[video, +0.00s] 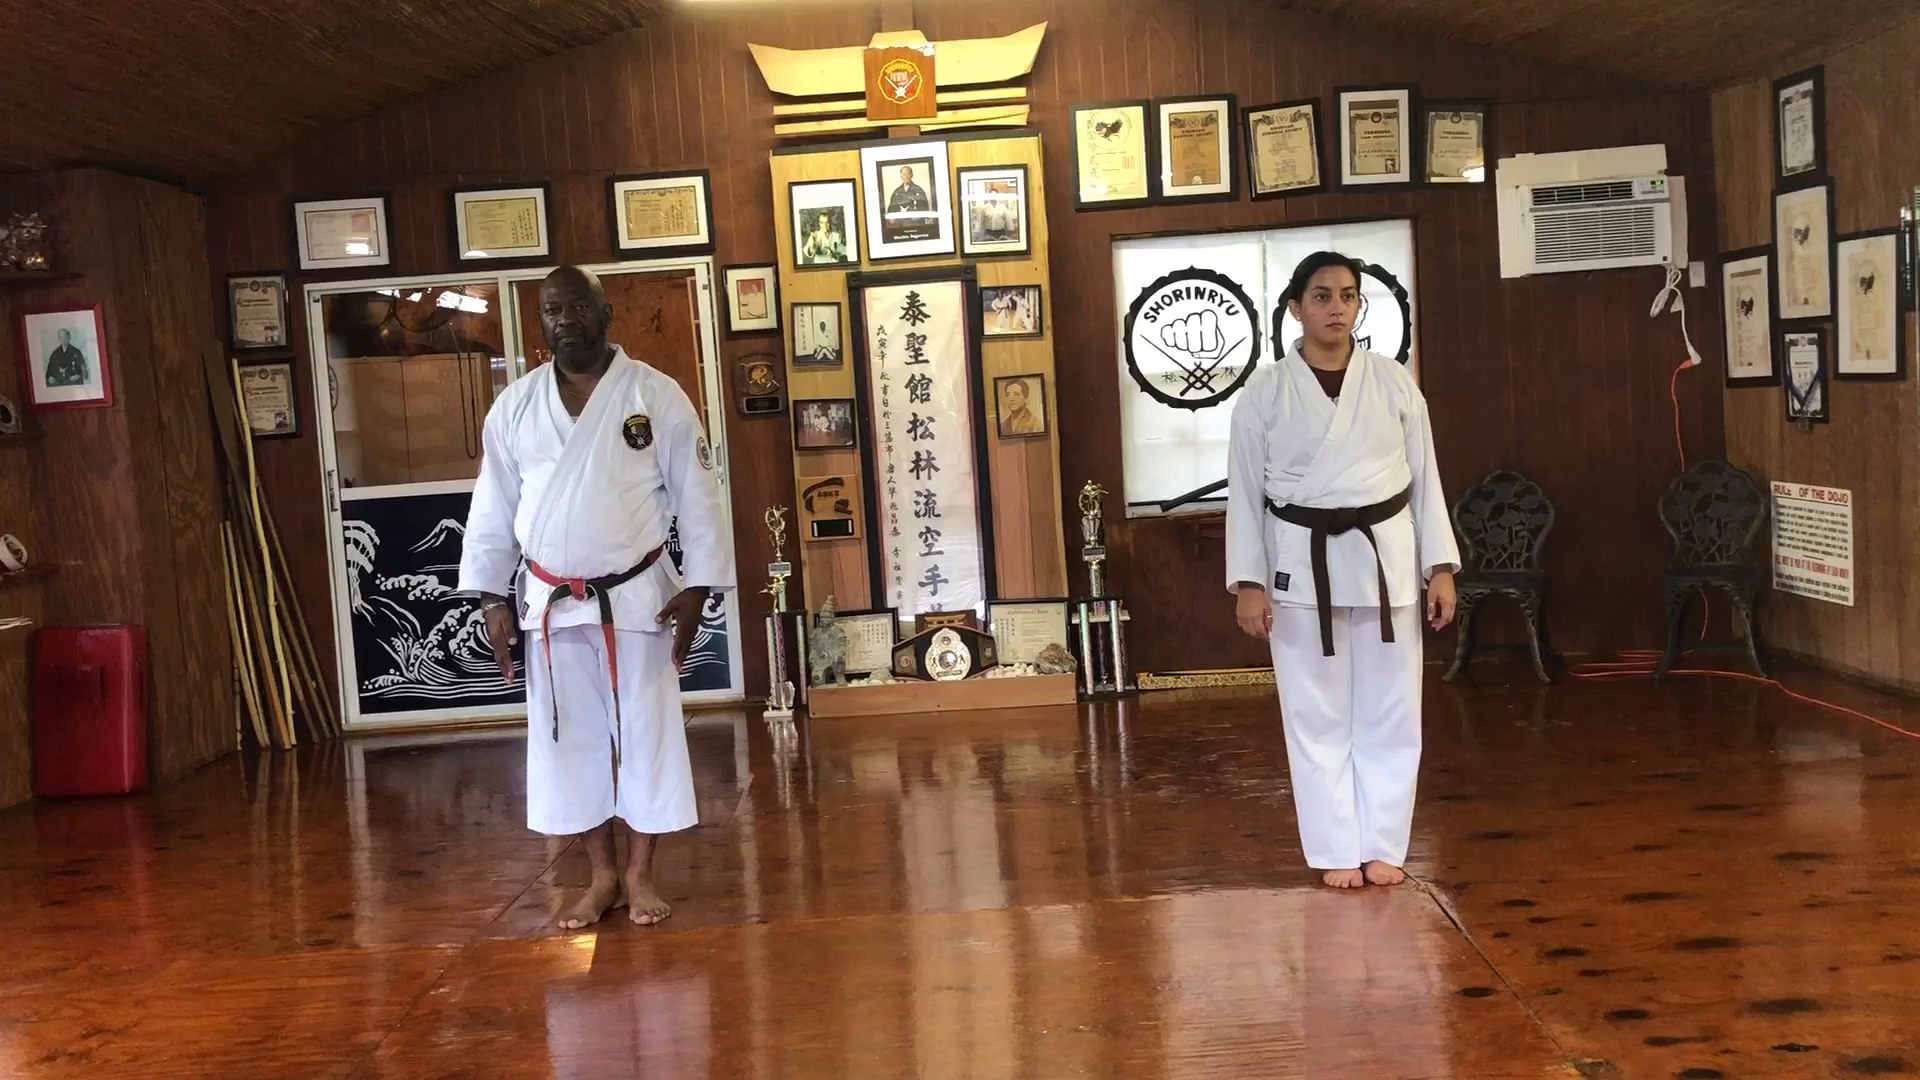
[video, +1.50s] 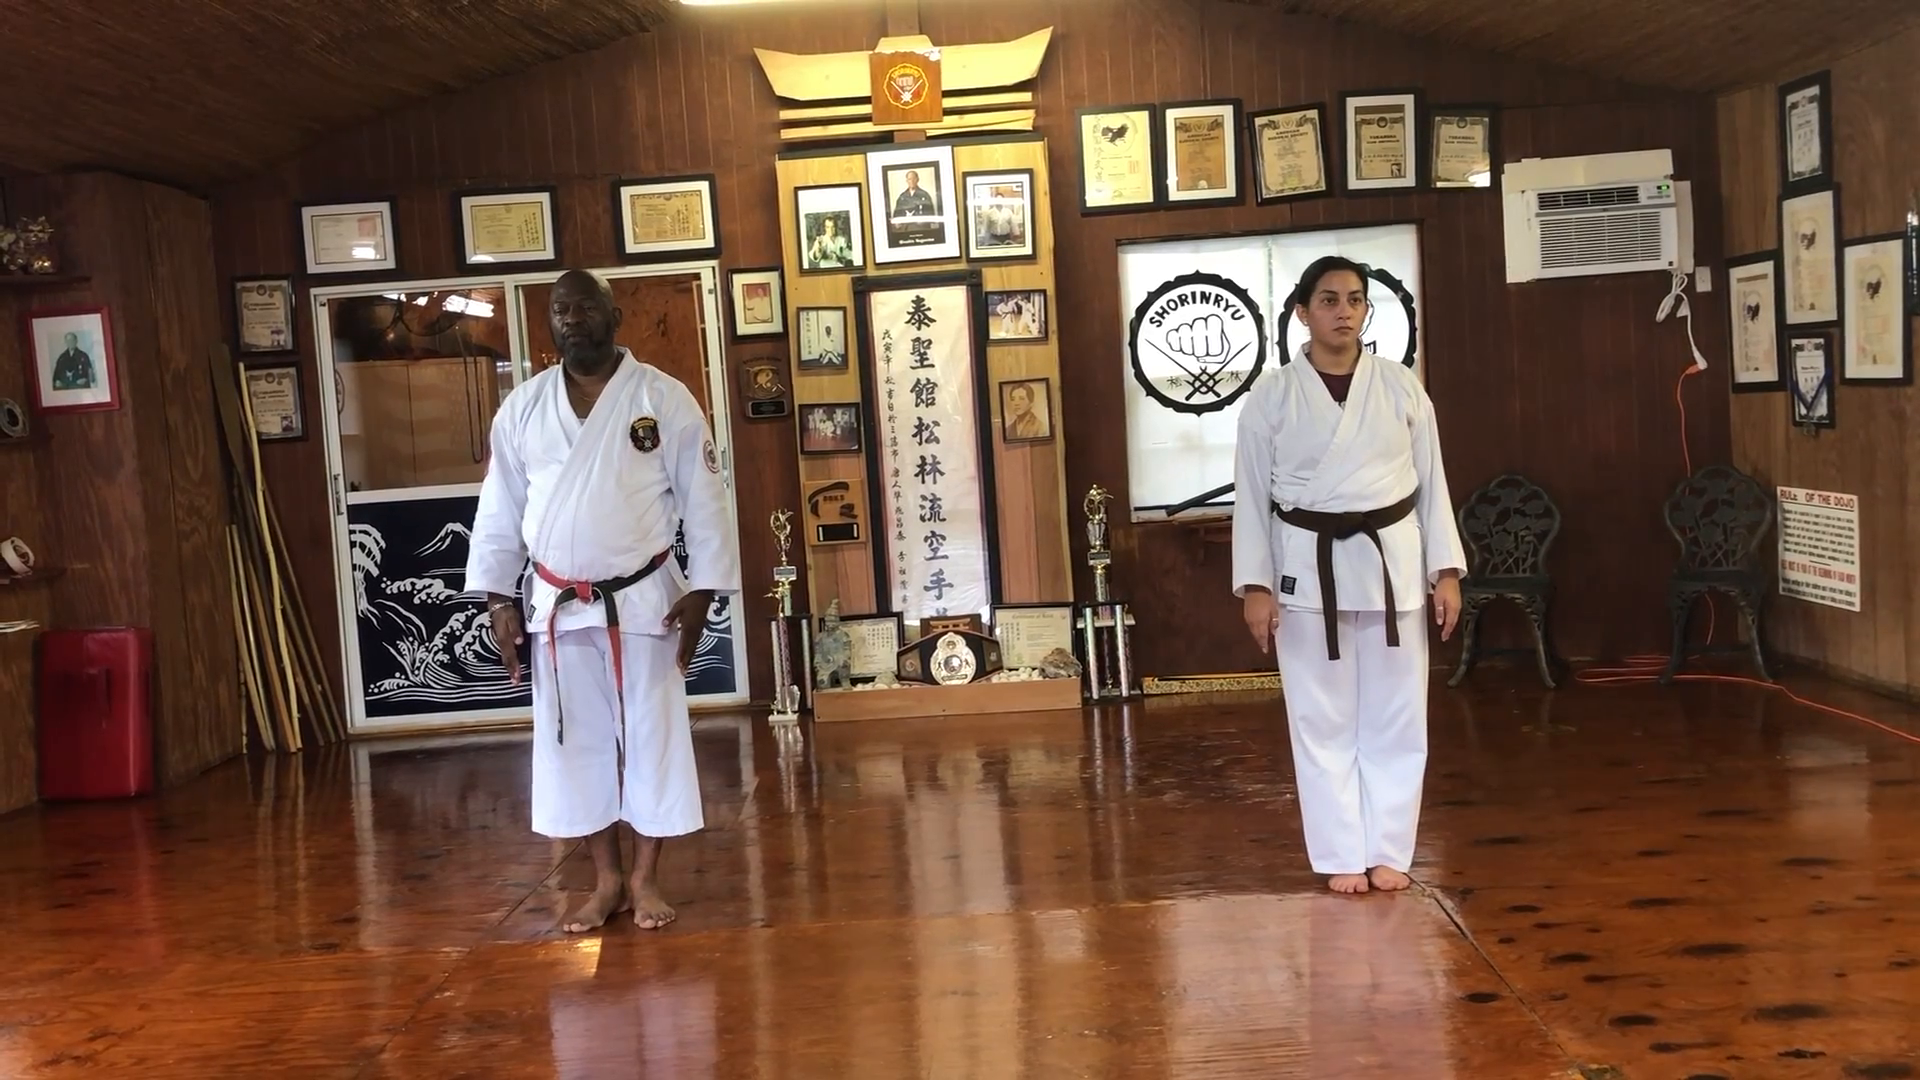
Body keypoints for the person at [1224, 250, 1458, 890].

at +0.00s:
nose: (1337, 307)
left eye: (1348, 295)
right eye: (1322, 295)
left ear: (1360, 308)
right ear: (1295, 308)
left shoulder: (1394, 382)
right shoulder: (1262, 392)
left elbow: (1424, 481)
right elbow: (1245, 493)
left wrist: (1440, 566)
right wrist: (1248, 580)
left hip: (1388, 565)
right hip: (1300, 571)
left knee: (1389, 714)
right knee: (1318, 717)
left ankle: (1383, 849)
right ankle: (1336, 854)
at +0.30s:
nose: (1338, 308)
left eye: (1349, 297)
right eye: (1323, 296)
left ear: (1361, 309)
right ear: (1296, 308)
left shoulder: (1394, 383)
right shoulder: (1263, 393)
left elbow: (1424, 482)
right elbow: (1245, 494)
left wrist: (1440, 566)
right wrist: (1247, 581)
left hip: (1389, 566)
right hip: (1301, 572)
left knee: (1389, 714)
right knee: (1319, 717)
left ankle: (1384, 851)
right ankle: (1336, 856)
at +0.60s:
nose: (1339, 309)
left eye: (1350, 298)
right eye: (1324, 298)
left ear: (1362, 310)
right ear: (1297, 310)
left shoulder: (1395, 385)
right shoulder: (1264, 395)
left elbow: (1425, 484)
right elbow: (1246, 496)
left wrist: (1441, 569)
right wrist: (1249, 582)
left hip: (1389, 567)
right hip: (1301, 573)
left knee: (1390, 716)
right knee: (1319, 718)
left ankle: (1385, 853)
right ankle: (1337, 857)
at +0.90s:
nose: (1341, 311)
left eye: (1351, 299)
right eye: (1325, 299)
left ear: (1363, 312)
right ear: (1298, 312)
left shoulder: (1397, 386)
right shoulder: (1265, 396)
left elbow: (1426, 485)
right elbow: (1248, 497)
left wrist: (1442, 570)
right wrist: (1250, 583)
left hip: (1391, 568)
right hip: (1303, 573)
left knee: (1391, 717)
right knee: (1321, 720)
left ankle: (1386, 854)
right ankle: (1339, 859)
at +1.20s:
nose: (1342, 311)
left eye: (1353, 300)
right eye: (1327, 299)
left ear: (1365, 312)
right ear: (1300, 312)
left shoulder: (1398, 386)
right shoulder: (1267, 396)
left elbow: (1428, 485)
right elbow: (1249, 497)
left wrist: (1443, 570)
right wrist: (1253, 584)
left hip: (1392, 568)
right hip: (1304, 573)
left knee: (1392, 717)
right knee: (1322, 720)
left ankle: (1387, 855)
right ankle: (1339, 859)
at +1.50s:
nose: (1344, 311)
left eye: (1355, 299)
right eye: (1329, 299)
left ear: (1367, 311)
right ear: (1302, 311)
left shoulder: (1400, 385)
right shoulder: (1269, 396)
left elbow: (1430, 485)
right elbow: (1251, 497)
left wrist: (1445, 571)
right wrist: (1255, 584)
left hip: (1394, 569)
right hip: (1307, 574)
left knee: (1394, 718)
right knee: (1323, 720)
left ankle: (1388, 855)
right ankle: (1341, 860)